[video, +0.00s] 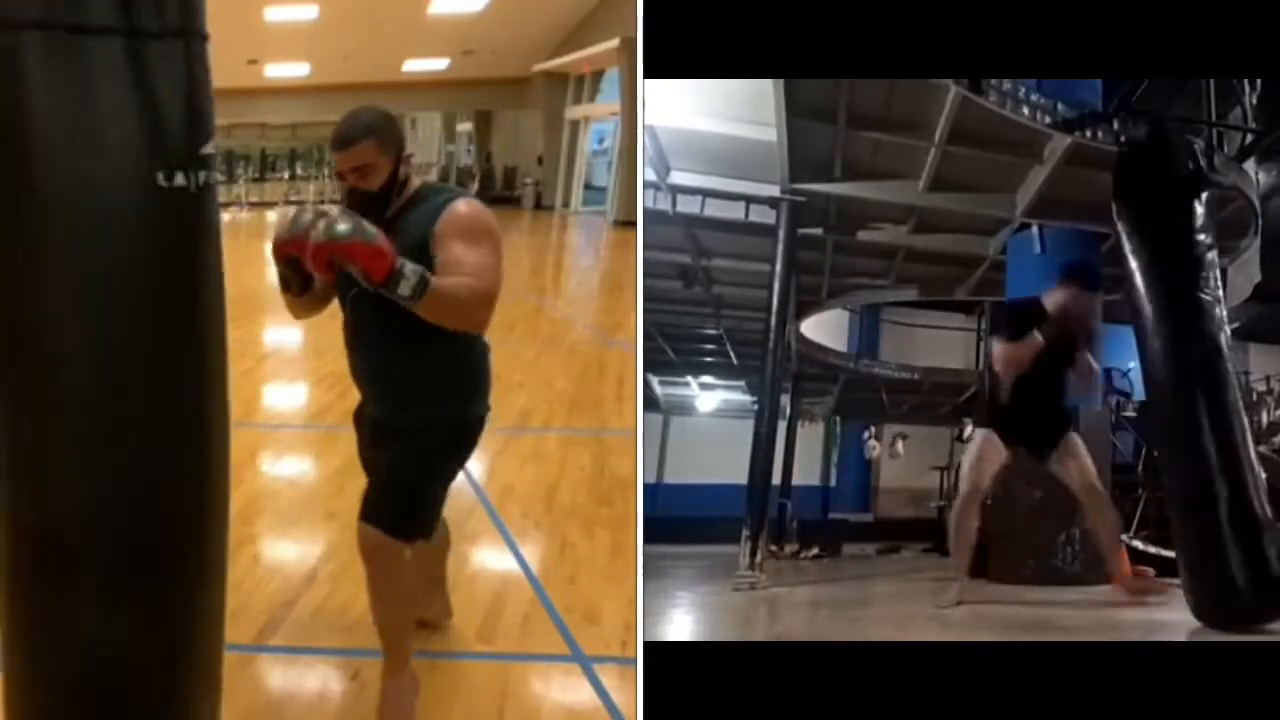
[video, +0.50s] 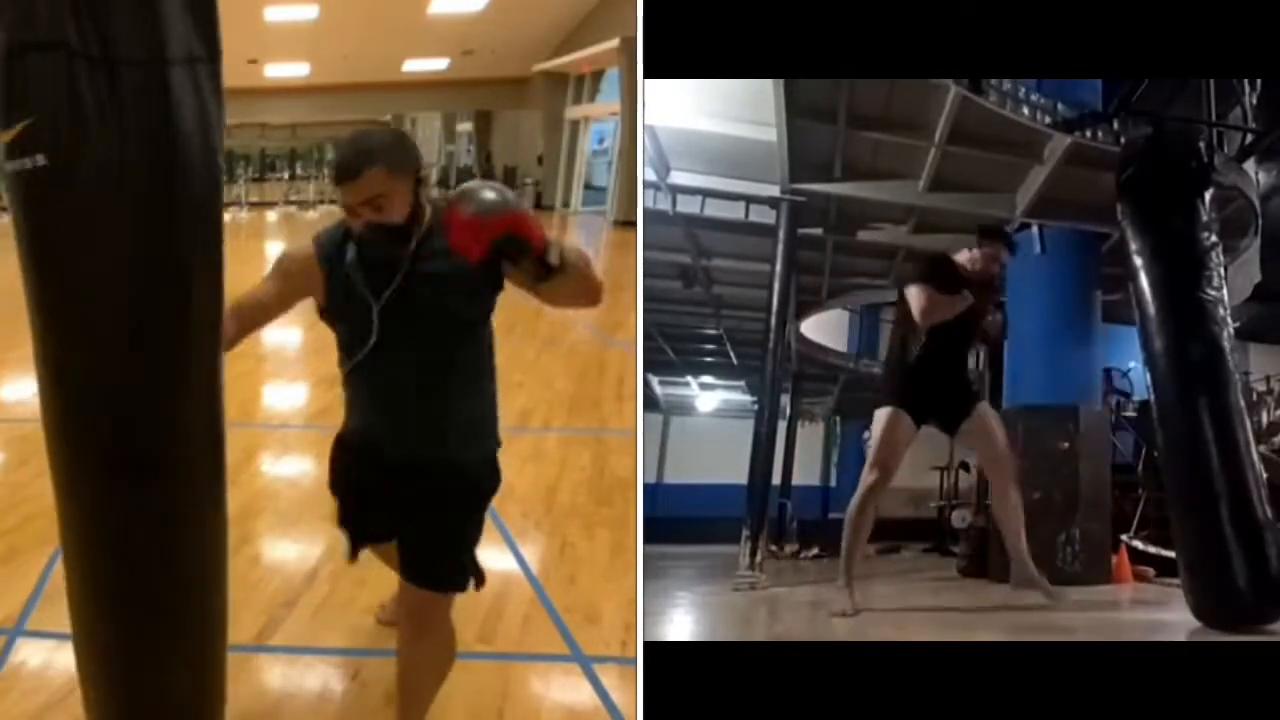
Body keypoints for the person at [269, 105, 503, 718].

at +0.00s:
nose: (350, 187)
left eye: (363, 173)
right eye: (342, 175)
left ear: (399, 163)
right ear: (335, 169)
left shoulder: (457, 216)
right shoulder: (351, 222)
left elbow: (474, 310)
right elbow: (306, 304)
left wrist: (389, 270)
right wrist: (293, 264)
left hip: (441, 409)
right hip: (381, 400)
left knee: (380, 536)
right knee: (417, 516)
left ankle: (397, 677)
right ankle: (432, 605)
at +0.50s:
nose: (364, 221)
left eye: (378, 204)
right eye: (351, 208)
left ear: (416, 186)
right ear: (338, 199)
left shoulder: (472, 238)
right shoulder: (321, 260)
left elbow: (586, 292)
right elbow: (238, 318)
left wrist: (535, 245)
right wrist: (180, 354)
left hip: (454, 453)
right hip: (369, 446)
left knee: (422, 606)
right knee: (377, 534)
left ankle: (410, 712)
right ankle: (421, 586)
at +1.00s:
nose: (346, 183)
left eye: (358, 172)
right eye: (340, 171)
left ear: (395, 162)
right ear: (336, 164)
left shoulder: (450, 225)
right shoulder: (338, 228)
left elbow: (498, 314)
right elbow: (306, 315)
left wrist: (415, 304)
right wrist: (295, 291)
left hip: (419, 404)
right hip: (357, 395)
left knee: (390, 552)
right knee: (373, 506)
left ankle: (392, 700)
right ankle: (387, 586)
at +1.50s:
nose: (322, 196)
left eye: (337, 185)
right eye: (316, 183)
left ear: (373, 176)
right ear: (309, 174)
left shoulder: (421, 242)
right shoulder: (307, 232)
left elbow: (457, 334)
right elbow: (277, 291)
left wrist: (377, 323)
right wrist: (260, 297)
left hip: (385, 415)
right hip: (325, 405)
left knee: (357, 549)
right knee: (348, 509)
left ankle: (339, 686)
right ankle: (384, 585)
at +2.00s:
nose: (295, 186)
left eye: (309, 174)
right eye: (284, 172)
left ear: (334, 178)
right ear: (266, 176)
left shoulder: (371, 232)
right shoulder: (263, 229)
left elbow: (376, 331)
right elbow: (226, 281)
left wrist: (328, 255)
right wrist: (244, 223)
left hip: (340, 422)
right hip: (275, 405)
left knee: (336, 560)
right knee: (271, 486)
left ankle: (335, 682)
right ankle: (278, 558)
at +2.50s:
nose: (258, 178)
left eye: (265, 165)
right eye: (247, 168)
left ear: (282, 162)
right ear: (230, 171)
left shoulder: (325, 211)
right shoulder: (221, 217)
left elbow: (353, 286)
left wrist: (306, 228)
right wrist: (230, 214)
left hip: (307, 380)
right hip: (245, 375)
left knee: (302, 518)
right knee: (258, 485)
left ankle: (304, 655)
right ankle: (282, 556)